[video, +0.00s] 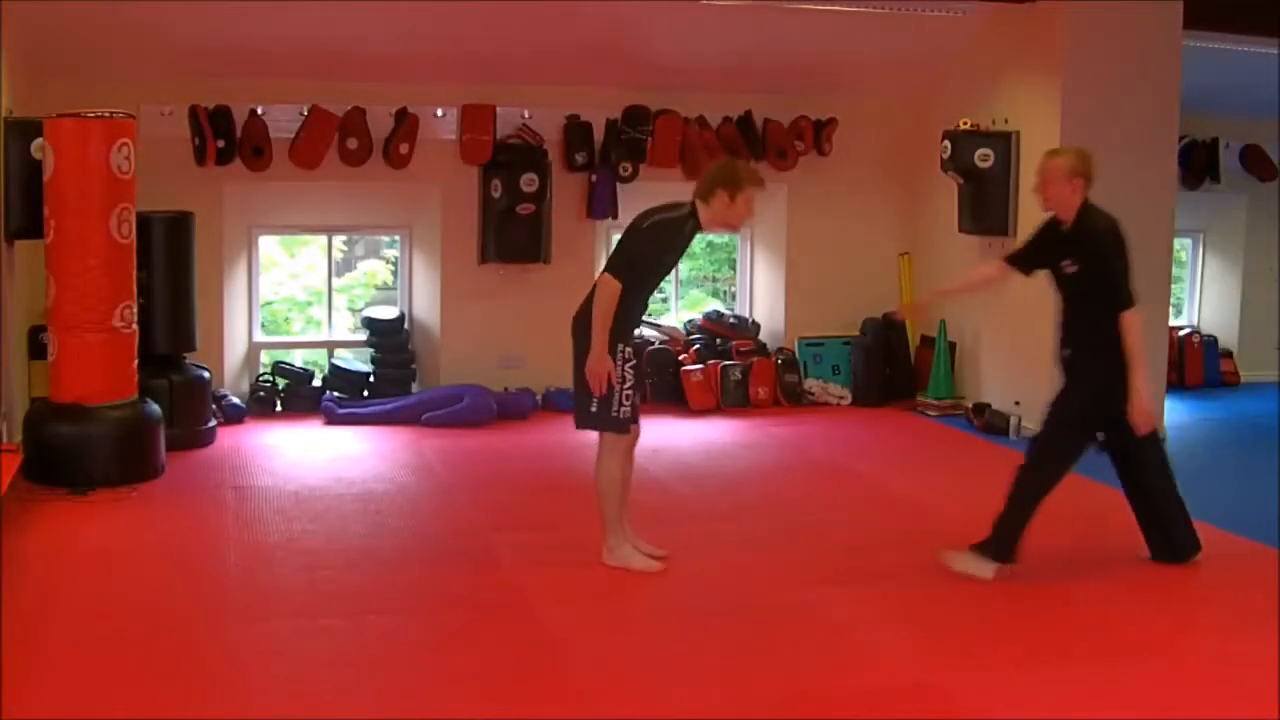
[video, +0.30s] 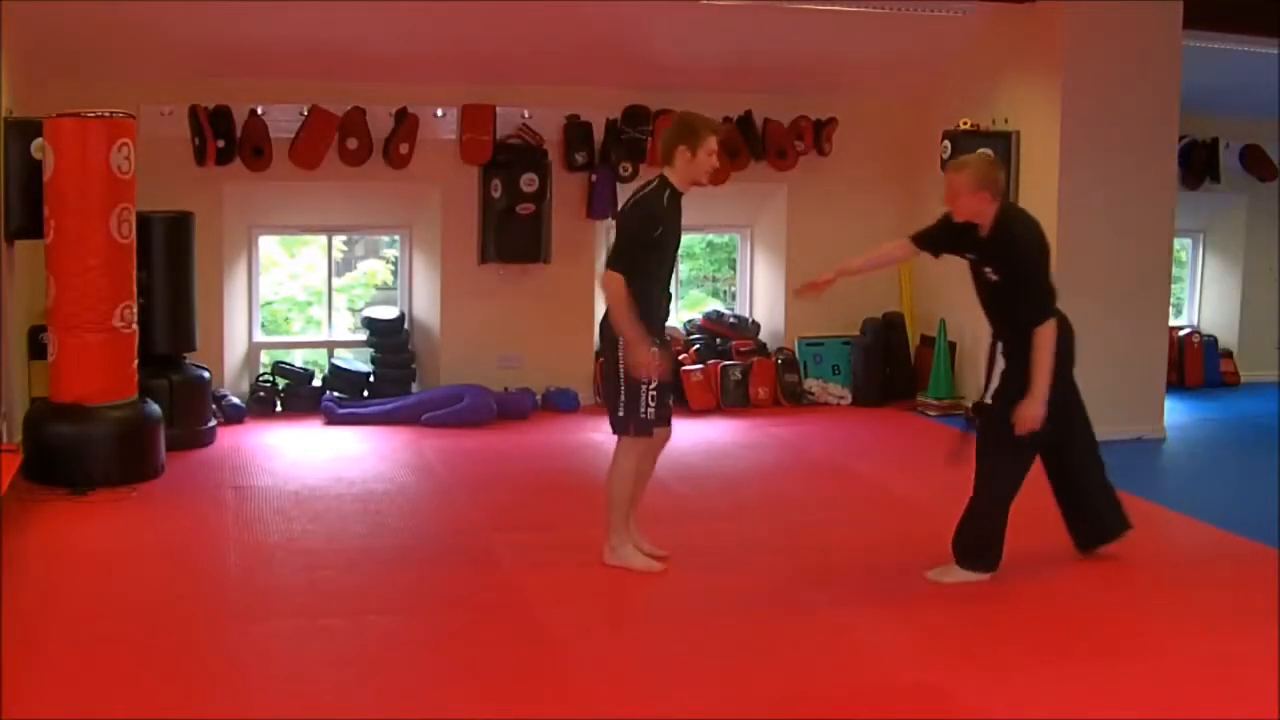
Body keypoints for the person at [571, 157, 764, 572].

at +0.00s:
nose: (751, 214)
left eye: (753, 204)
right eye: (748, 202)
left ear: (722, 197)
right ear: (722, 197)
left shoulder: (683, 226)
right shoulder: (666, 225)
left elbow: (628, 291)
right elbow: (608, 283)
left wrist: (655, 330)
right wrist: (598, 351)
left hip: (620, 332)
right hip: (605, 333)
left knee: (628, 433)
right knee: (617, 435)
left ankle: (622, 534)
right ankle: (614, 544)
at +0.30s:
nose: (717, 163)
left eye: (717, 154)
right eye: (711, 153)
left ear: (686, 155)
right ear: (683, 153)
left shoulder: (669, 201)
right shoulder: (650, 201)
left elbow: (646, 278)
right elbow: (612, 278)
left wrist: (658, 331)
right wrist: (636, 342)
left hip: (649, 331)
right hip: (629, 333)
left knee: (657, 433)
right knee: (635, 436)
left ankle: (627, 529)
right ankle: (616, 542)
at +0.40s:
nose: (708, 163)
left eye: (709, 154)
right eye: (702, 152)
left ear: (674, 154)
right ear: (673, 151)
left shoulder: (662, 199)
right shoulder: (650, 201)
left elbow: (650, 285)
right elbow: (646, 289)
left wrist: (690, 320)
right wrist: (699, 321)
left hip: (649, 327)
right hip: (631, 329)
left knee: (677, 426)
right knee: (635, 435)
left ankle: (631, 522)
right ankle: (616, 543)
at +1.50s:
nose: (707, 154)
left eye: (707, 146)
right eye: (699, 146)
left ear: (684, 152)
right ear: (672, 151)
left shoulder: (679, 201)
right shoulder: (654, 202)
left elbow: (669, 278)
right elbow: (628, 279)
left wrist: (679, 337)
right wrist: (628, 349)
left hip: (678, 332)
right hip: (652, 333)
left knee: (686, 429)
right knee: (642, 434)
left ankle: (690, 523)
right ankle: (602, 524)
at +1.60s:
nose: (702, 157)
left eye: (703, 149)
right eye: (695, 149)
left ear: (677, 154)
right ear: (668, 153)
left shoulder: (673, 203)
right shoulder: (648, 201)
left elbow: (656, 274)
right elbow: (603, 270)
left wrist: (665, 330)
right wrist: (602, 337)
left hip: (668, 332)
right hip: (638, 332)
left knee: (684, 427)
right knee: (628, 434)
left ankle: (690, 523)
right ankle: (600, 527)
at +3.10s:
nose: (748, 194)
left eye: (749, 186)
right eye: (745, 185)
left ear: (721, 183)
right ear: (719, 182)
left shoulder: (703, 226)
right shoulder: (681, 226)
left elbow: (662, 285)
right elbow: (636, 289)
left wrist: (628, 317)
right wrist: (623, 321)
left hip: (679, 345)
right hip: (654, 347)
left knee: (713, 427)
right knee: (682, 446)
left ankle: (685, 509)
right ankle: (628, 526)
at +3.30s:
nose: (777, 267)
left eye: (778, 259)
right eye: (774, 257)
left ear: (745, 254)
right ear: (749, 254)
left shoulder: (715, 283)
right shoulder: (700, 285)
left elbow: (660, 322)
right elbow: (636, 327)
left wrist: (613, 341)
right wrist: (604, 351)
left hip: (662, 370)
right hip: (640, 371)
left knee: (720, 429)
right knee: (675, 467)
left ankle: (684, 508)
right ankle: (607, 553)